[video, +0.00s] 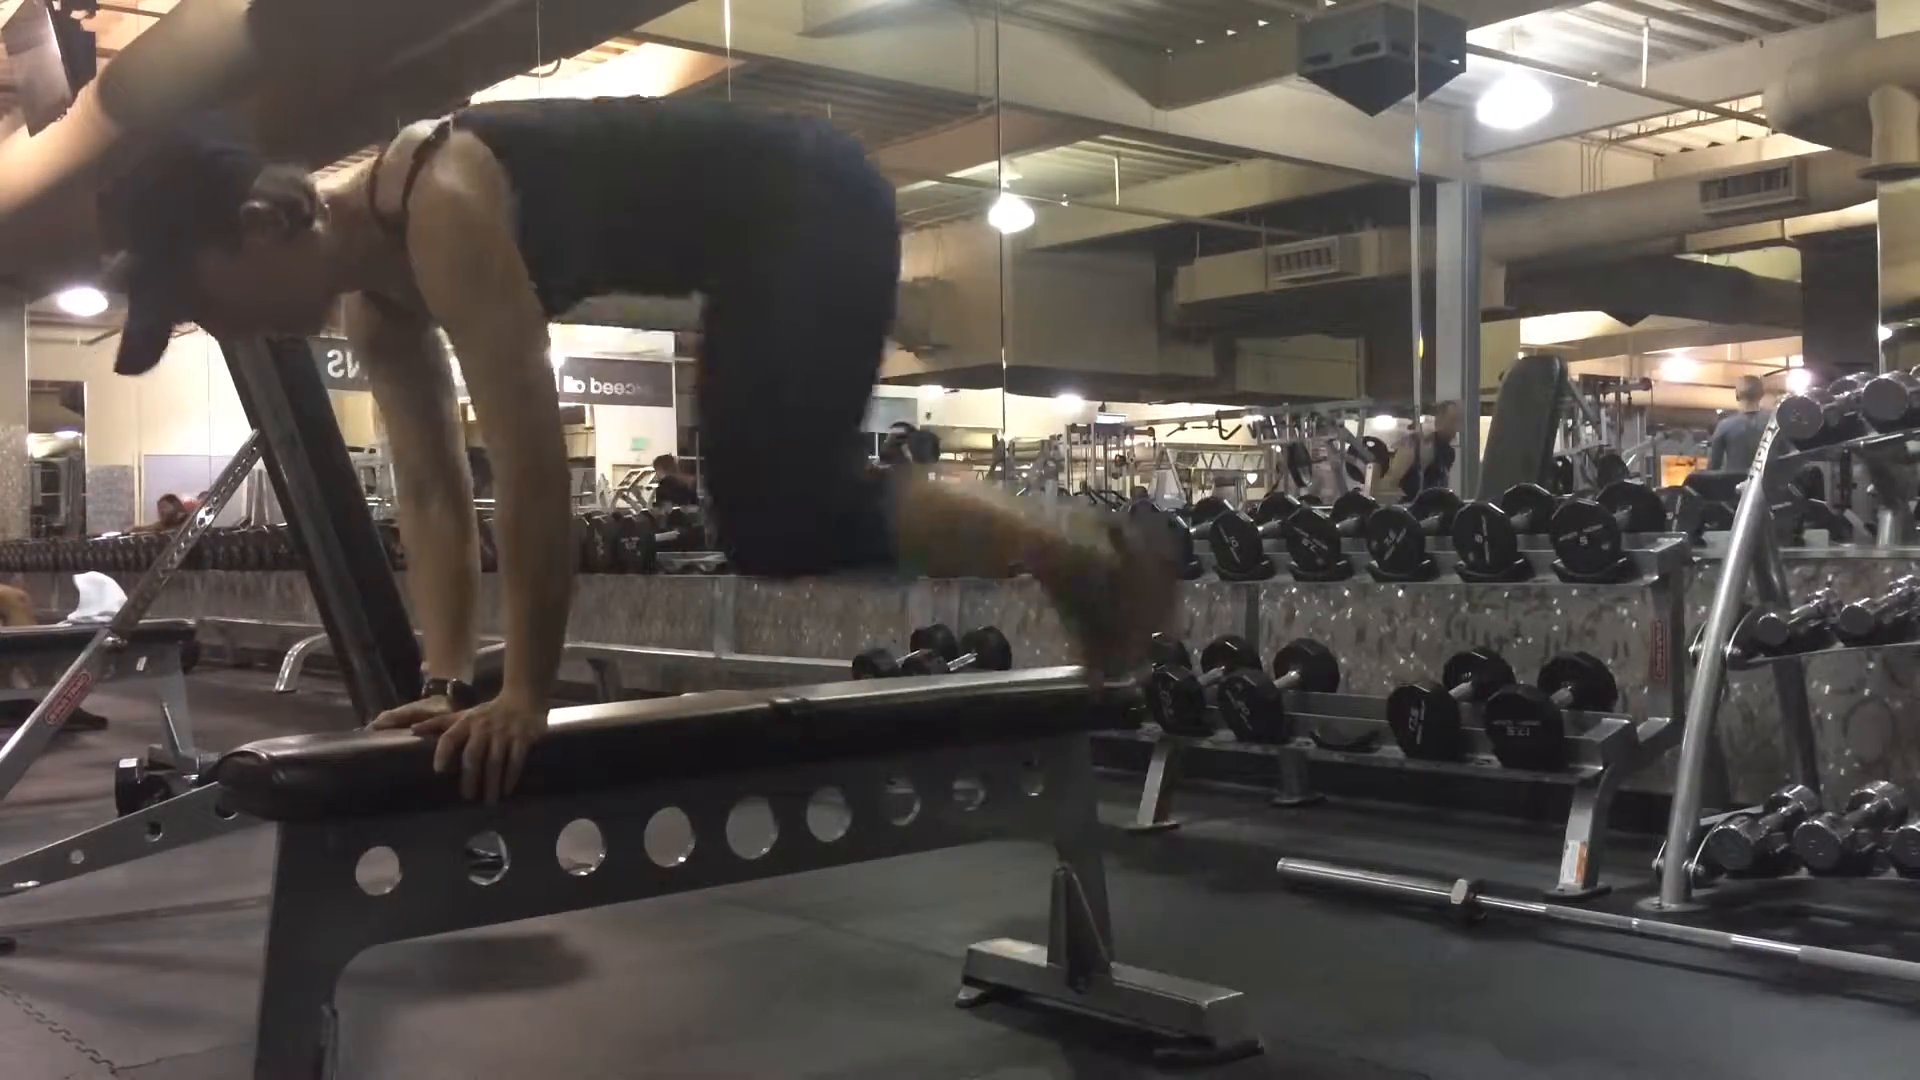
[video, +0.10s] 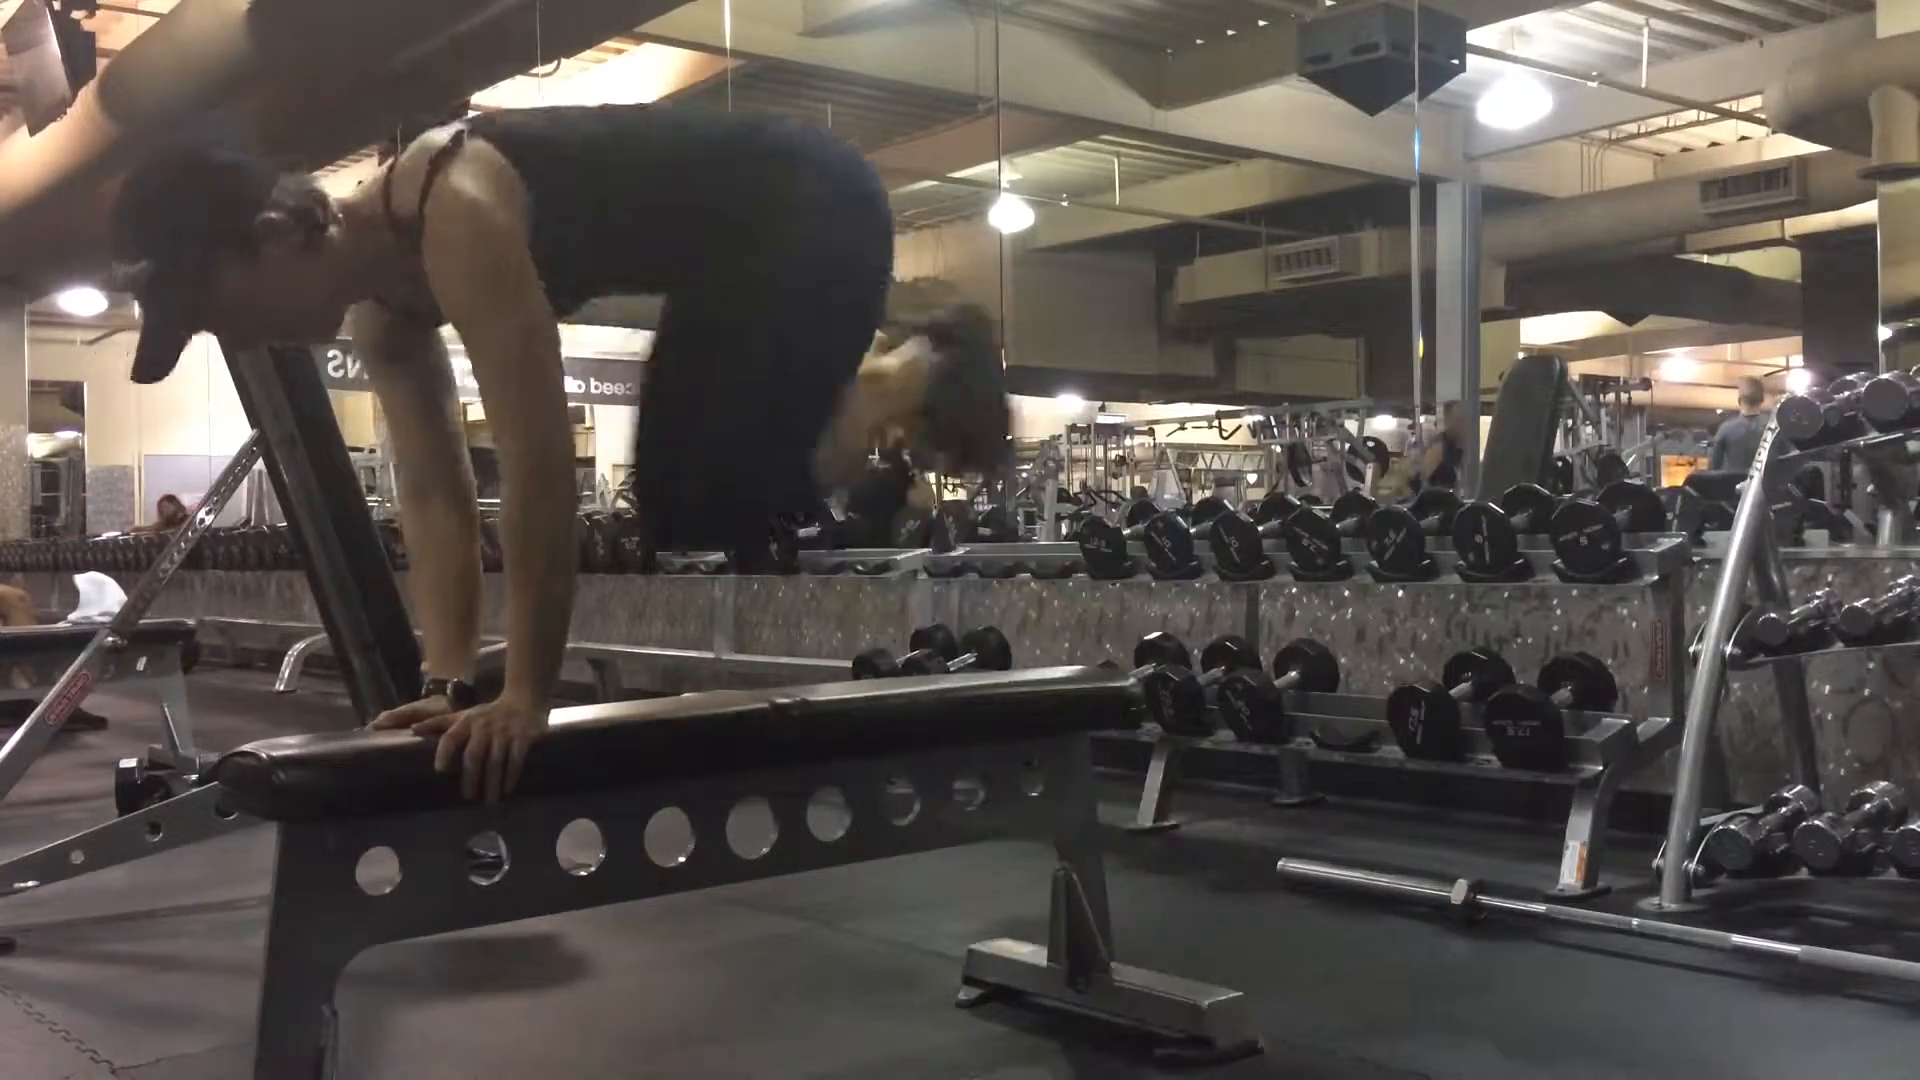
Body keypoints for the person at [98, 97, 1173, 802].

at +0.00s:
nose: (231, 331)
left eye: (211, 306)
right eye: (208, 322)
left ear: (256, 222)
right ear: (257, 221)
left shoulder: (445, 206)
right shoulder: (367, 276)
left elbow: (528, 454)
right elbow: (426, 481)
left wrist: (524, 690)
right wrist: (444, 677)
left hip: (806, 197)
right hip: (743, 243)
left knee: (786, 517)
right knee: (764, 522)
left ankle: (1081, 552)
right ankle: (1063, 550)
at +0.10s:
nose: (243, 345)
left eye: (228, 318)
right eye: (221, 331)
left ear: (279, 239)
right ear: (272, 241)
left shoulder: (464, 217)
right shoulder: (375, 279)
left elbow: (539, 467)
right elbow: (428, 490)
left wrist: (524, 698)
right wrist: (446, 678)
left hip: (810, 208)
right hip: (726, 238)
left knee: (733, 505)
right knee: (677, 509)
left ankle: (925, 369)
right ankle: (909, 378)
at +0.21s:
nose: (243, 339)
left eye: (231, 307)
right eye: (222, 323)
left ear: (290, 227)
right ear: (288, 237)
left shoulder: (470, 214)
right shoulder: (373, 302)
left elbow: (548, 461)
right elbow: (426, 495)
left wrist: (525, 697)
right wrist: (442, 683)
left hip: (784, 245)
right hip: (682, 280)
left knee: (685, 521)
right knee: (611, 524)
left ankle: (877, 507)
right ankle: (840, 513)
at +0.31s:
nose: (251, 324)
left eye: (237, 295)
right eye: (228, 310)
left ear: (292, 222)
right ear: (294, 227)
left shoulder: (488, 225)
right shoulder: (367, 317)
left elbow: (574, 476)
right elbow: (423, 498)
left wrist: (525, 696)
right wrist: (446, 685)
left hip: (754, 310)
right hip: (643, 349)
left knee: (698, 591)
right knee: (633, 590)